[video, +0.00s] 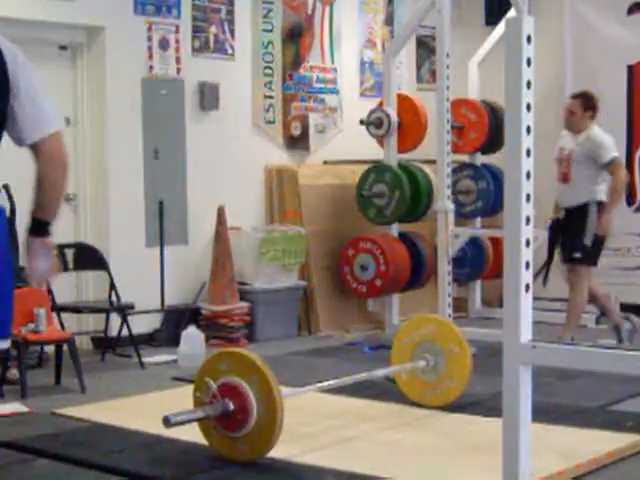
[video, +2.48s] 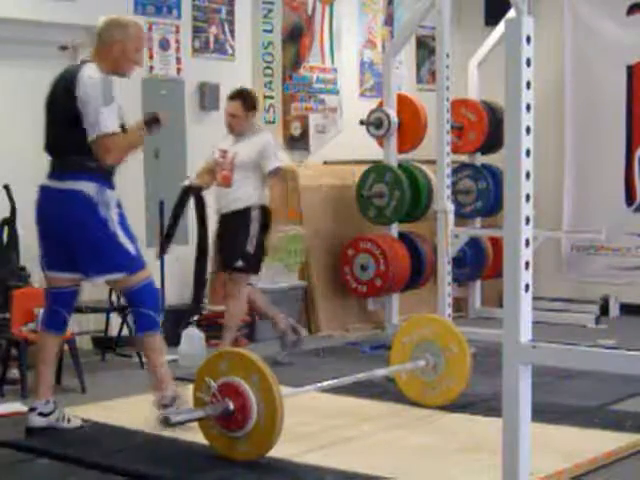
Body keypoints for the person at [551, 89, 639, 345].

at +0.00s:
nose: (566, 115)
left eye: (571, 111)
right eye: (566, 110)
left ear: (588, 114)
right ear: (570, 113)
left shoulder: (597, 139)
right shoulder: (565, 138)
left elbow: (619, 174)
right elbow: (564, 178)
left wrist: (607, 215)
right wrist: (557, 210)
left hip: (589, 208)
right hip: (568, 209)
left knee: (579, 274)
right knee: (574, 275)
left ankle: (567, 335)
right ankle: (619, 321)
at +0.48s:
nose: (496, 125)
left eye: (499, 119)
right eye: (495, 120)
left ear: (512, 116)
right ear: (500, 119)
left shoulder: (535, 139)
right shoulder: (506, 142)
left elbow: (521, 163)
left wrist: (501, 143)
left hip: (533, 211)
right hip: (507, 211)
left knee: (539, 279)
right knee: (495, 275)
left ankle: (562, 333)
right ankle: (482, 333)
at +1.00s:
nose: (434, 127)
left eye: (435, 122)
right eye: (433, 123)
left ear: (447, 117)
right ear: (447, 117)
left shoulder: (471, 134)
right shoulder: (452, 137)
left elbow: (455, 145)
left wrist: (433, 135)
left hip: (466, 206)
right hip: (448, 206)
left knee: (441, 270)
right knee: (465, 275)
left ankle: (439, 333)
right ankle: (477, 335)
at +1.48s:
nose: (363, 126)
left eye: (366, 120)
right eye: (363, 121)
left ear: (383, 116)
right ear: (376, 117)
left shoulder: (398, 136)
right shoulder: (378, 140)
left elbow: (404, 179)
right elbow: (375, 176)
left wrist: (372, 187)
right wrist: (366, 190)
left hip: (397, 209)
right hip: (379, 209)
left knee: (395, 282)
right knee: (375, 275)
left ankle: (400, 345)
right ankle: (391, 338)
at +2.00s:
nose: (284, 121)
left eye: (289, 114)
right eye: (283, 115)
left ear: (307, 112)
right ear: (295, 114)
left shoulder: (323, 137)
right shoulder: (293, 140)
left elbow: (336, 179)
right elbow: (295, 178)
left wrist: (331, 220)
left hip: (315, 210)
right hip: (296, 210)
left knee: (304, 276)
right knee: (304, 280)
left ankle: (349, 322)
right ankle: (309, 344)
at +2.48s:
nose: (229, 122)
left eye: (235, 116)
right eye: (227, 115)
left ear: (251, 115)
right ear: (225, 114)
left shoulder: (263, 140)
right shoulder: (231, 144)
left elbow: (277, 179)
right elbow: (210, 174)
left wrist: (279, 222)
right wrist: (200, 180)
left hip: (250, 210)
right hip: (228, 212)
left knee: (237, 281)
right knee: (234, 283)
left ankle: (225, 346)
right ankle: (283, 325)